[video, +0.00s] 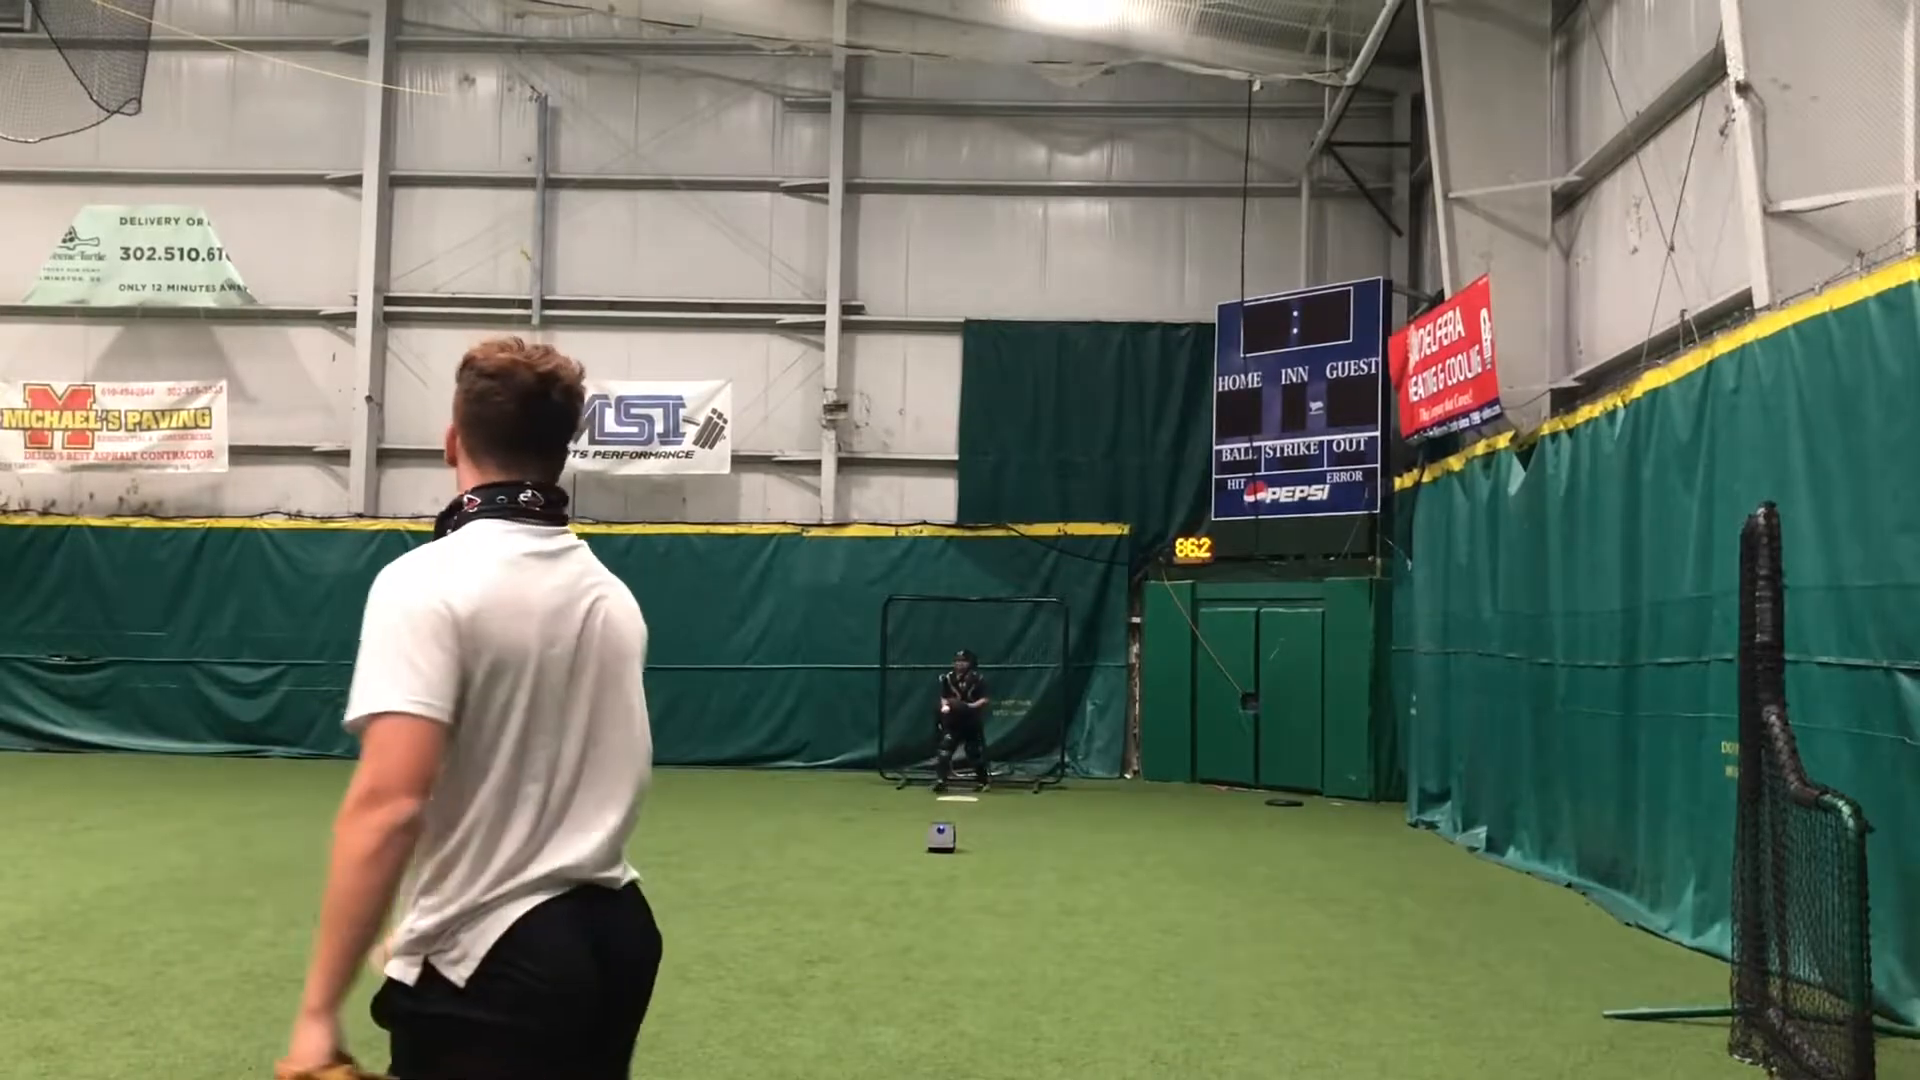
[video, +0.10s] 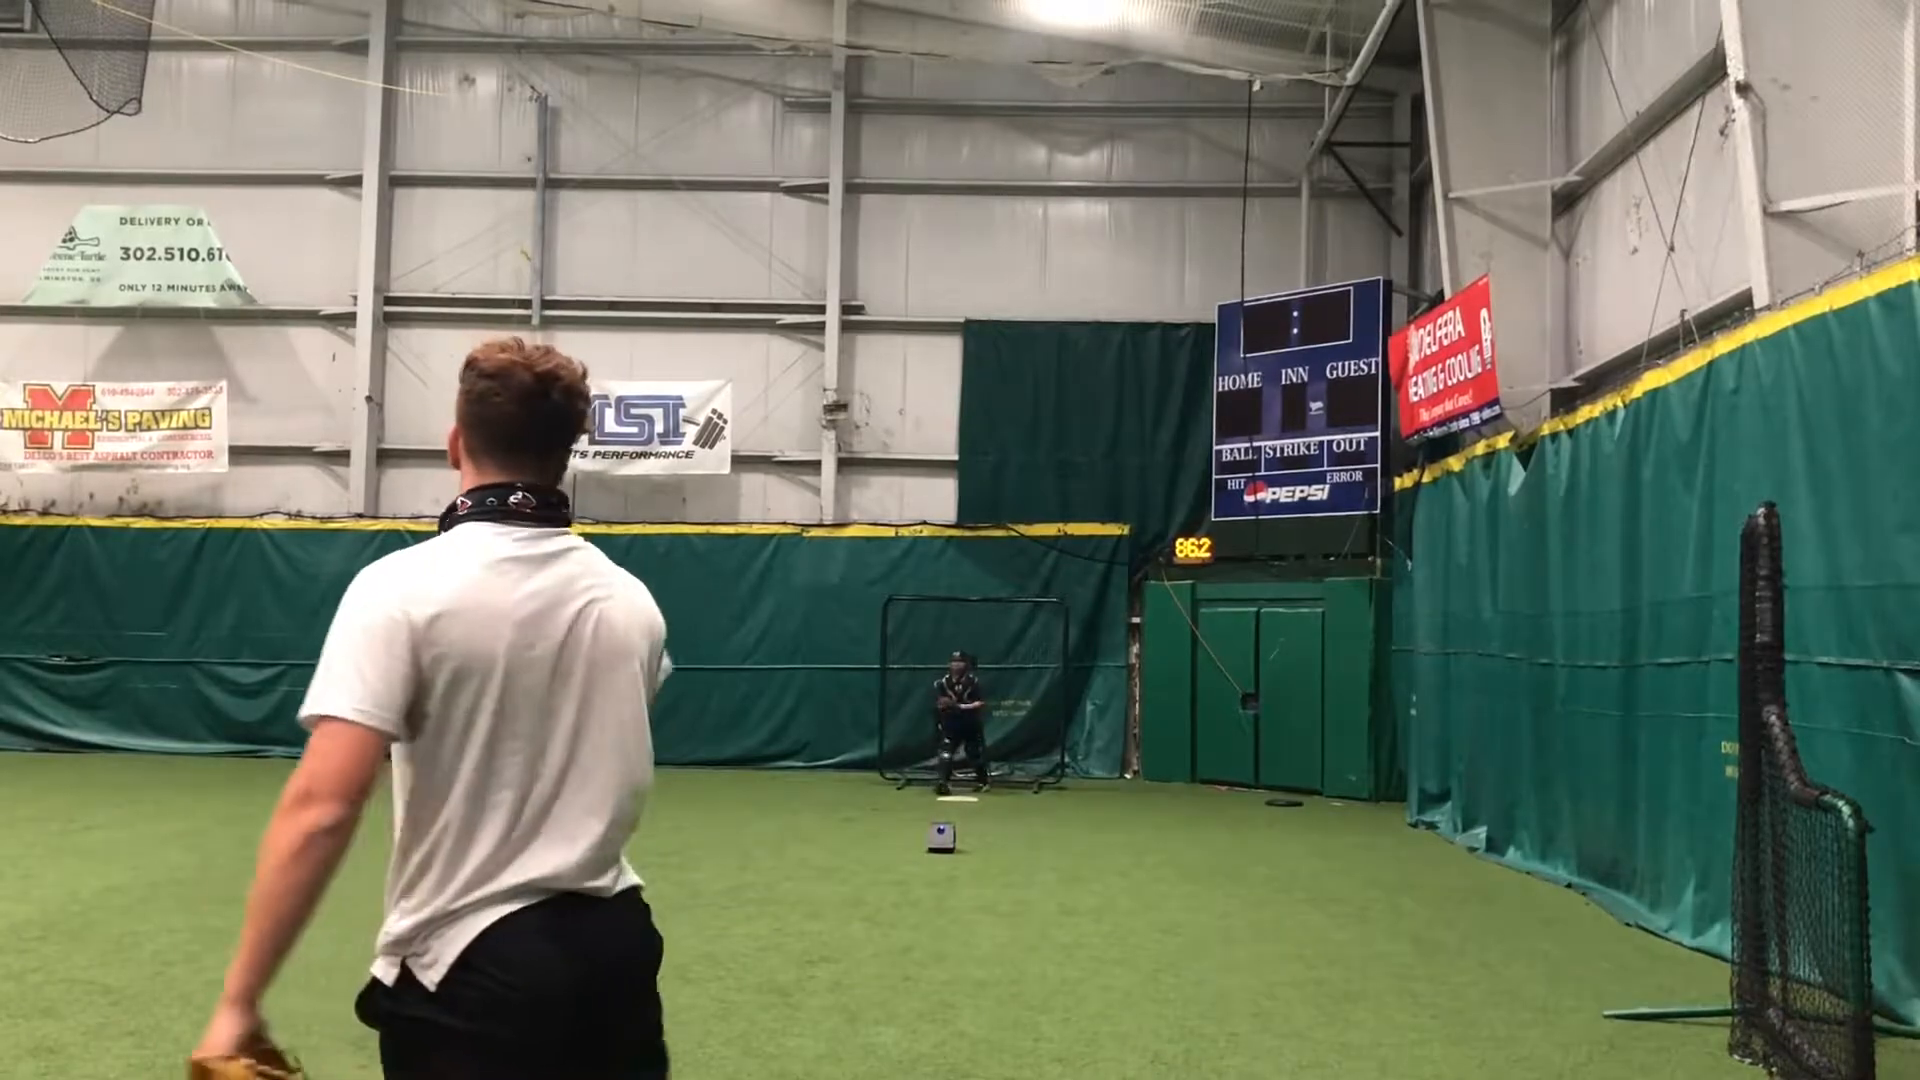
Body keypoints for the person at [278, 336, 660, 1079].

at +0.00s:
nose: (441, 440)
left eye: (444, 425)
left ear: (453, 441)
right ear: (562, 452)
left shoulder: (427, 584)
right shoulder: (611, 595)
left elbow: (389, 804)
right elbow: (582, 787)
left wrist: (319, 1010)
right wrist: (444, 918)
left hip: (481, 968)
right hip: (615, 945)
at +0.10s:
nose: (448, 442)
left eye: (448, 429)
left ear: (456, 443)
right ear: (569, 454)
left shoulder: (399, 589)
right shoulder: (633, 605)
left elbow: (322, 807)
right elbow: (608, 774)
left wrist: (240, 1000)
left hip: (460, 976)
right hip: (615, 965)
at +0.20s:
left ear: (456, 443)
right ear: (571, 452)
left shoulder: (377, 592)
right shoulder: (636, 599)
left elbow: (267, 812)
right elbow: (678, 774)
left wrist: (182, 986)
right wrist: (676, 854)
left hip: (446, 978)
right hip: (611, 966)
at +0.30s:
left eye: (452, 418)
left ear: (454, 439)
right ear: (569, 454)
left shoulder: (361, 596)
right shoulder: (638, 598)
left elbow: (241, 810)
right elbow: (732, 761)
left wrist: (154, 972)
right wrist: (756, 836)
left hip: (441, 978)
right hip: (609, 966)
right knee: (678, 1066)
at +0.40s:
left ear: (451, 439)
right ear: (568, 453)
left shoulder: (350, 601)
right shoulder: (632, 598)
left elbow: (238, 810)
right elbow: (756, 763)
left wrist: (165, 959)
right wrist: (810, 839)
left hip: (438, 985)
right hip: (610, 977)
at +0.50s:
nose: (576, 462)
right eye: (579, 446)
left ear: (451, 434)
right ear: (571, 449)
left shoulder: (351, 599)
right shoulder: (627, 598)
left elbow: (253, 811)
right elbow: (756, 782)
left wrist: (209, 951)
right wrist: (844, 875)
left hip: (441, 984)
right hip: (608, 976)